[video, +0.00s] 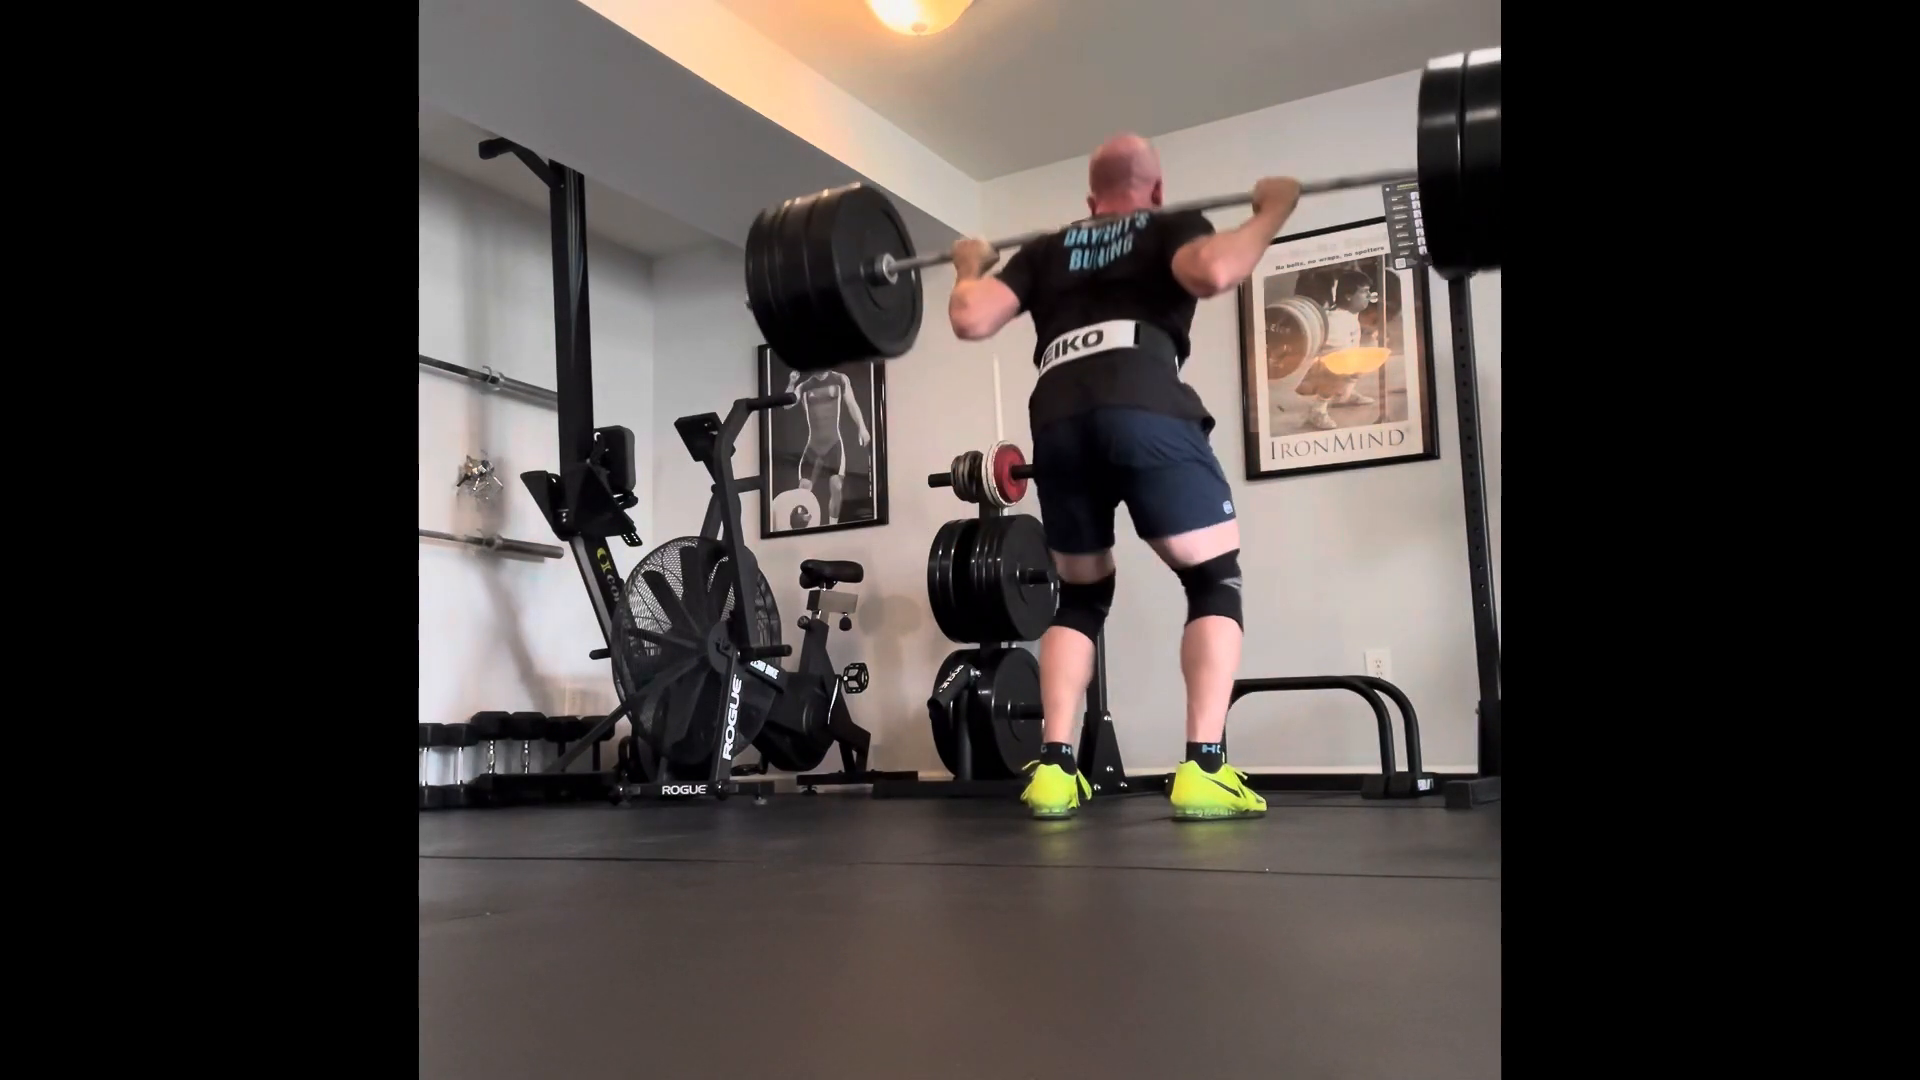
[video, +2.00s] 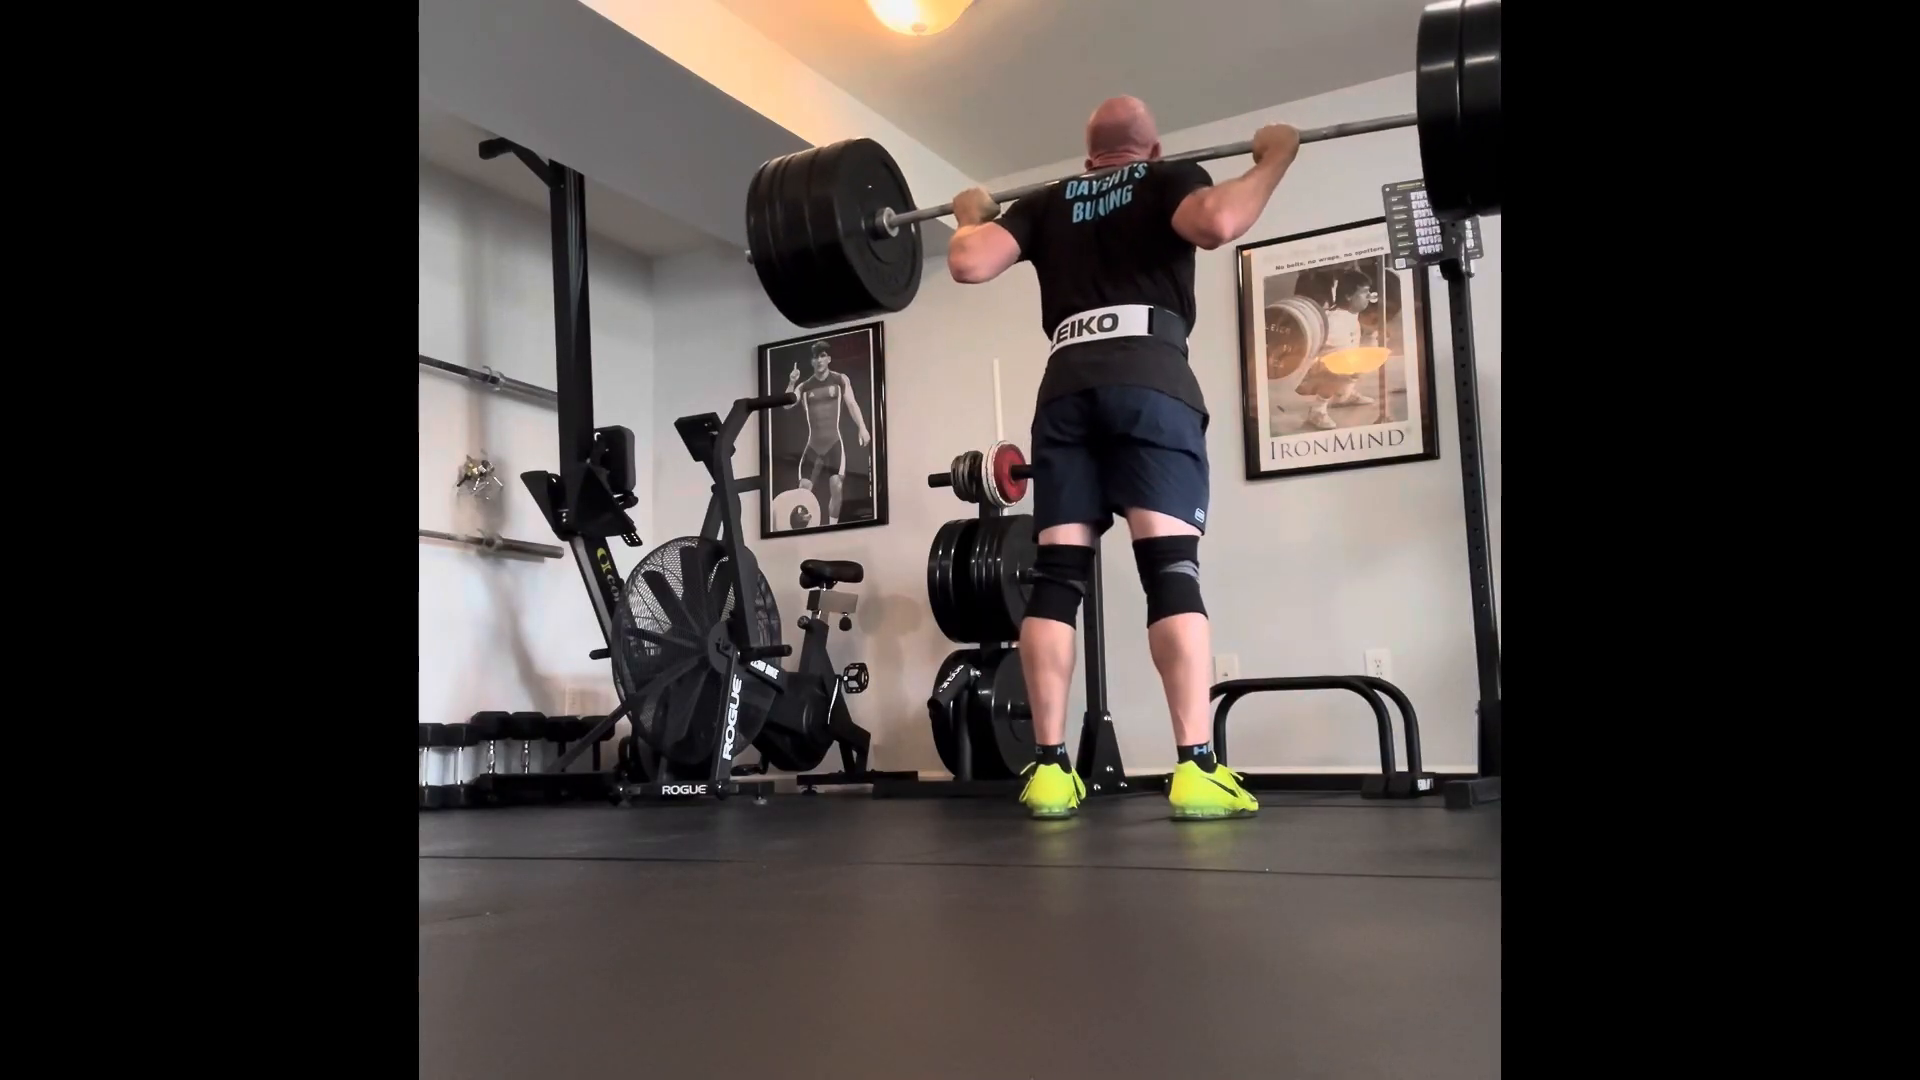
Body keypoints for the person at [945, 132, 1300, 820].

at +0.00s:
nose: (1156, 193)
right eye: (1157, 185)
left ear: (1088, 193)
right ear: (1157, 190)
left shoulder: (1045, 250)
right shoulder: (1170, 225)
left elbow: (970, 319)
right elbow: (1212, 272)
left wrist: (967, 267)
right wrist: (1269, 215)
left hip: (1056, 418)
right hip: (1147, 405)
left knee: (1080, 593)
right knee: (1213, 583)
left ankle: (1055, 764)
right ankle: (1204, 764)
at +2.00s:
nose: (1147, 151)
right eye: (1152, 142)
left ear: (1085, 153)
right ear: (1154, 147)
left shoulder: (1045, 203)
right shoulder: (1167, 179)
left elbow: (969, 262)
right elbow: (1218, 220)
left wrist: (969, 215)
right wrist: (1272, 159)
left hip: (1066, 383)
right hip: (1153, 380)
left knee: (1056, 574)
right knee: (1170, 571)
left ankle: (1050, 764)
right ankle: (1197, 763)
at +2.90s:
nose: (1151, 244)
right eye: (1150, 236)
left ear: (1079, 246)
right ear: (1150, 244)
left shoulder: (1038, 294)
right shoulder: (1165, 271)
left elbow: (956, 346)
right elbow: (1214, 312)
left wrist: (967, 301)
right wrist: (1271, 254)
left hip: (1049, 450)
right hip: (1141, 438)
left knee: (1053, 612)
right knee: (1222, 598)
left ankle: (1050, 765)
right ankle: (1201, 765)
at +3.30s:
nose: (1157, 324)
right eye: (1156, 318)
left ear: (1088, 326)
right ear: (1155, 323)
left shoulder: (1040, 371)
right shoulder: (1168, 353)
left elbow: (957, 441)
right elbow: (1214, 401)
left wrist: (967, 390)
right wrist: (1274, 345)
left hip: (1037, 508)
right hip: (1130, 494)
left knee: (1056, 627)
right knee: (1233, 610)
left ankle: (1051, 769)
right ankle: (1202, 766)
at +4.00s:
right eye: (1169, 413)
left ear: (1101, 420)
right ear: (1168, 419)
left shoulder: (1047, 463)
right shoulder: (1181, 450)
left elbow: (965, 539)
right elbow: (1227, 507)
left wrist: (975, 474)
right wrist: (1289, 447)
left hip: (1042, 615)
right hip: (1143, 604)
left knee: (1042, 637)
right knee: (1247, 614)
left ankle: (1052, 767)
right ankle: (1203, 767)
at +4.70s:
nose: (1167, 343)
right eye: (1167, 336)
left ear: (1098, 338)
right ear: (1161, 338)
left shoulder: (1042, 379)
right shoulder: (1168, 364)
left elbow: (961, 446)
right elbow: (1213, 401)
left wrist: (972, 394)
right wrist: (1276, 360)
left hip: (1026, 509)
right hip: (1122, 496)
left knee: (1087, 615)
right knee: (1205, 605)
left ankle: (1055, 770)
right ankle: (1199, 767)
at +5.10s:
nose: (1156, 240)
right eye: (1156, 233)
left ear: (1089, 238)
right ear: (1156, 237)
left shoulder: (1042, 291)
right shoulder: (1167, 269)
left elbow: (962, 355)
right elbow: (1207, 312)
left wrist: (966, 304)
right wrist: (1267, 259)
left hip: (1050, 447)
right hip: (1142, 430)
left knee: (1083, 605)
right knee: (1215, 594)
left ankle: (1056, 765)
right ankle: (1201, 765)